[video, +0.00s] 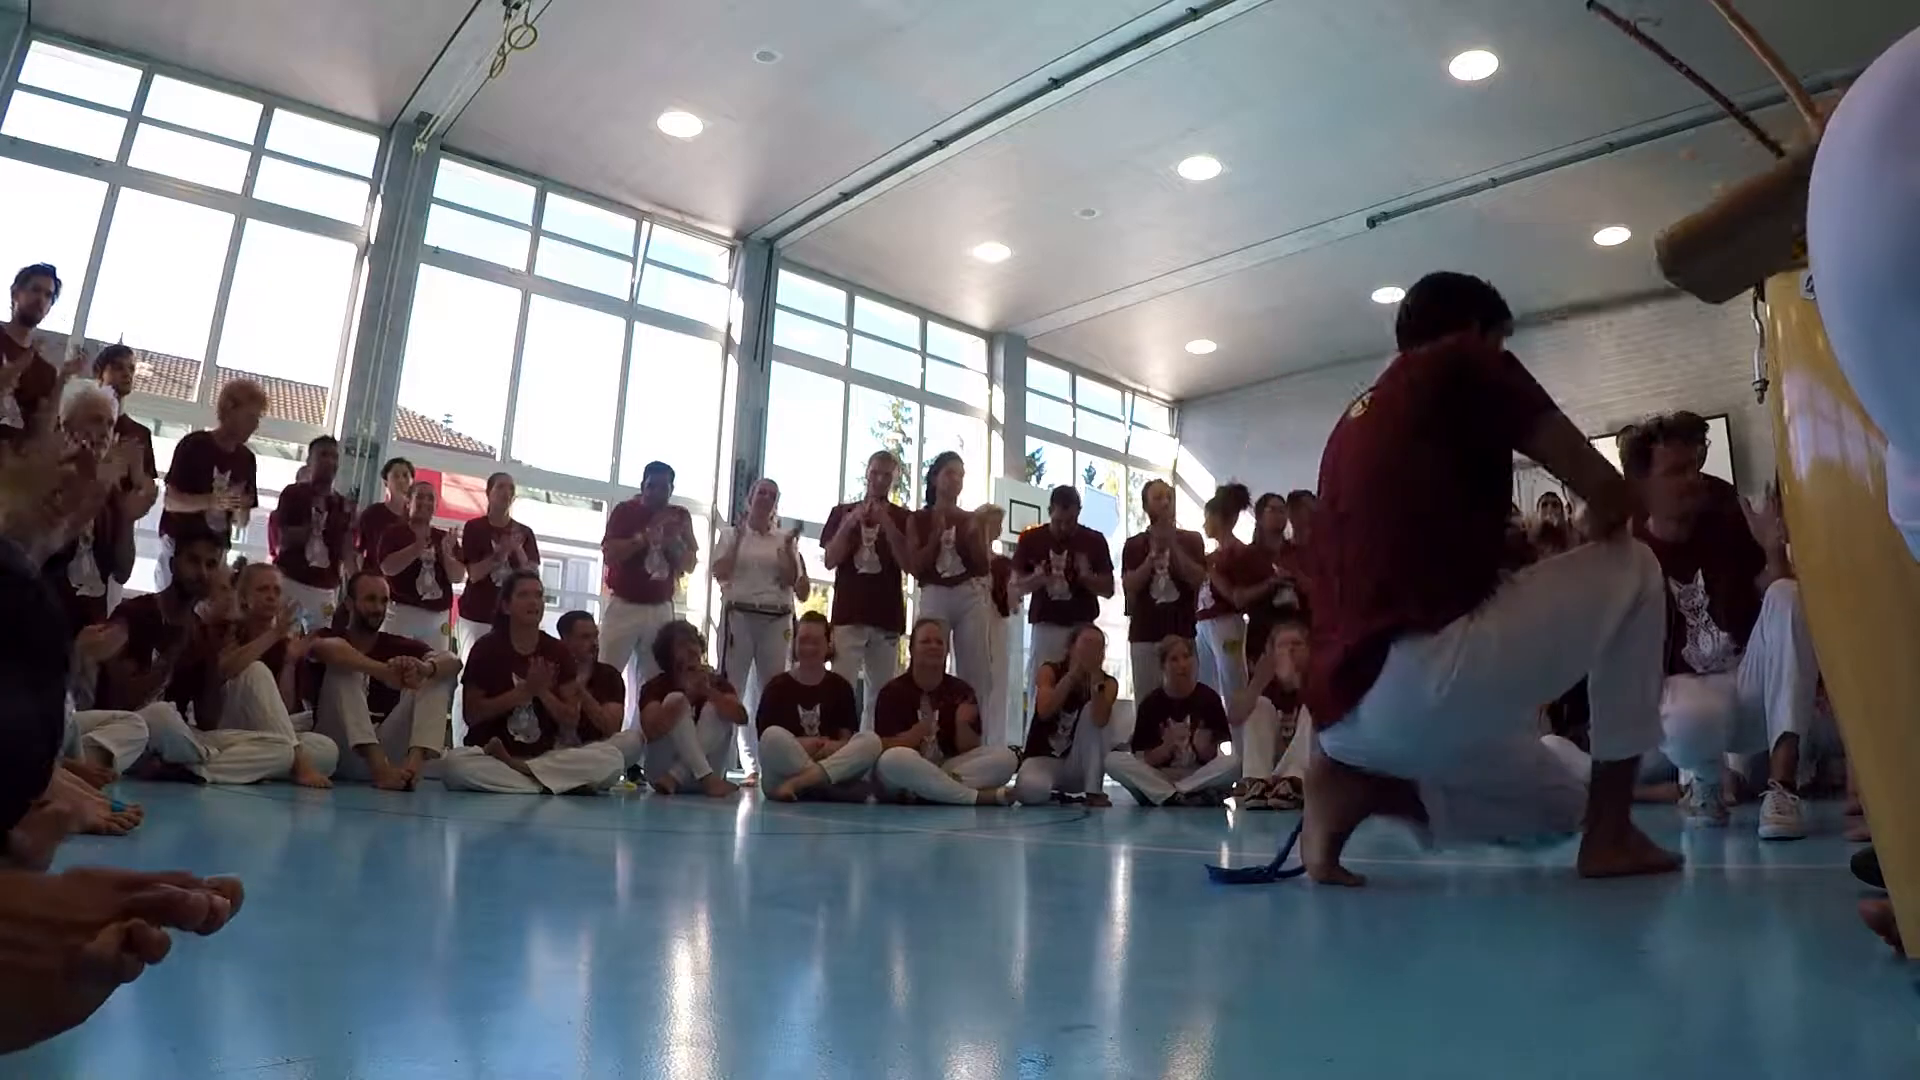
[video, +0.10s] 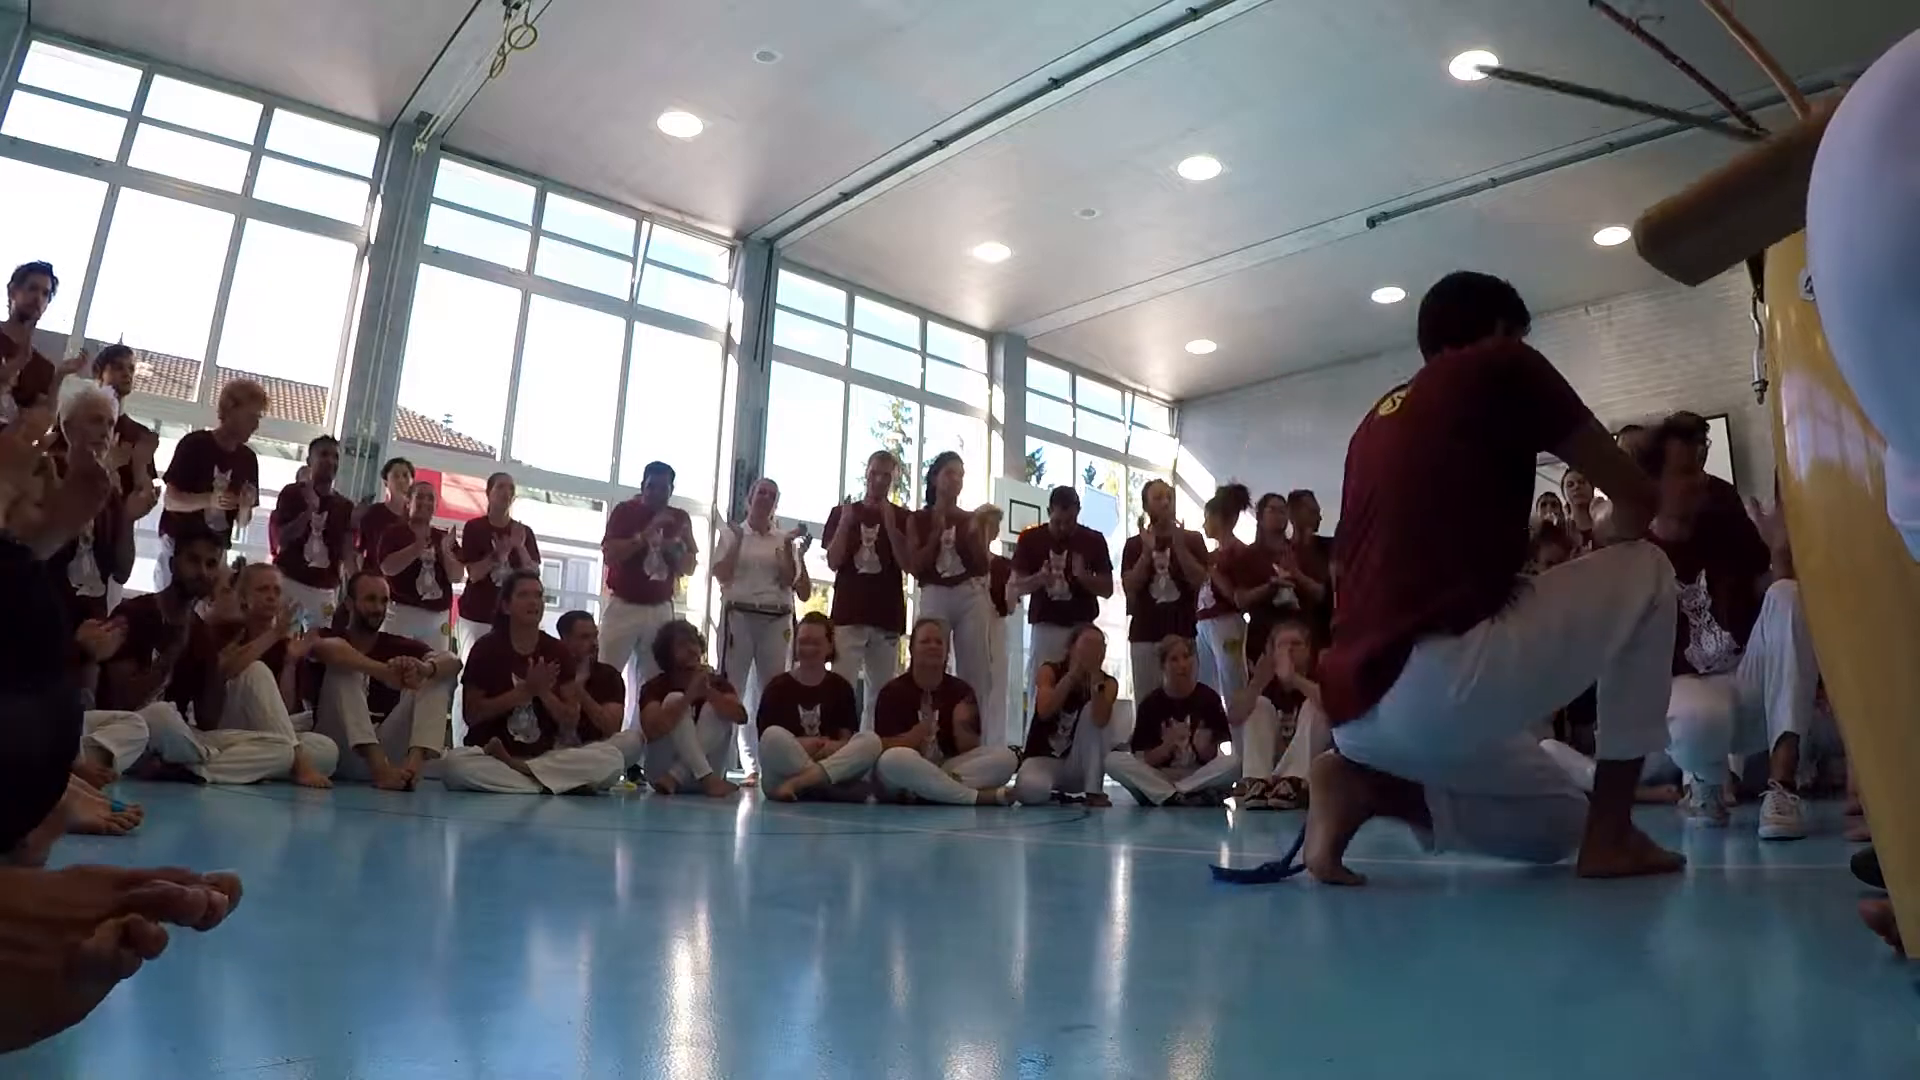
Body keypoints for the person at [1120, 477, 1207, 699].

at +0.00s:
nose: (1165, 502)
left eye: (1169, 497)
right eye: (1158, 497)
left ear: (1174, 502)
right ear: (1146, 506)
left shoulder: (1192, 540)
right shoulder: (1134, 544)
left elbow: (1197, 579)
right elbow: (1130, 586)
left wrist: (1174, 545)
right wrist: (1150, 558)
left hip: (1183, 630)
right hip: (1145, 631)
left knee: (1184, 697)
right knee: (1146, 700)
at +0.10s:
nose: (1166, 502)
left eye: (1169, 497)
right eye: (1158, 498)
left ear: (1174, 502)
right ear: (1146, 506)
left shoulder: (1192, 539)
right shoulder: (1134, 544)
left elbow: (1199, 580)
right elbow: (1130, 587)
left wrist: (1178, 544)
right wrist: (1147, 551)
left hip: (1184, 629)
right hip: (1145, 630)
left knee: (1184, 697)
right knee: (1146, 700)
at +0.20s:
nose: (1164, 504)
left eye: (1168, 498)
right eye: (1157, 499)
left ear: (1174, 502)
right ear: (1145, 507)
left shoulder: (1192, 540)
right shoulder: (1134, 545)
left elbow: (1199, 580)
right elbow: (1131, 587)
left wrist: (1169, 546)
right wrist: (1156, 557)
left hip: (1184, 631)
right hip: (1145, 634)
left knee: (1185, 696)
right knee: (1145, 700)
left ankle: (1189, 757)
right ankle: (1145, 760)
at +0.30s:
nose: (1163, 504)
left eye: (1168, 499)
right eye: (1156, 500)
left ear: (1174, 503)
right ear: (1144, 507)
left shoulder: (1191, 540)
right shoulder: (1135, 545)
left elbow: (1199, 580)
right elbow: (1129, 587)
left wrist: (1172, 545)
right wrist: (1153, 552)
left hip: (1182, 630)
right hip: (1145, 633)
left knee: (1184, 695)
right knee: (1145, 699)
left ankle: (1187, 755)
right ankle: (1143, 756)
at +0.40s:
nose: (1158, 507)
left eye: (1163, 501)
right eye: (1151, 502)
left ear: (1172, 505)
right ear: (1141, 509)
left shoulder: (1190, 541)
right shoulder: (1133, 546)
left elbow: (1198, 580)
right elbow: (1128, 585)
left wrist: (1175, 544)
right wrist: (1147, 547)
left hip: (1183, 632)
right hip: (1144, 634)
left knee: (1185, 697)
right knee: (1144, 701)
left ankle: (1189, 759)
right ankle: (1141, 763)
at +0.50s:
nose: (1158, 514)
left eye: (1163, 507)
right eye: (1150, 509)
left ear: (1169, 506)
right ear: (1139, 511)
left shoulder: (1189, 542)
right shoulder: (1130, 546)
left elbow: (1199, 582)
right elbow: (1129, 582)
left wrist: (1176, 547)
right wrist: (1145, 542)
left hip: (1181, 632)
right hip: (1143, 634)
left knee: (1184, 700)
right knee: (1143, 702)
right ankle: (1139, 764)